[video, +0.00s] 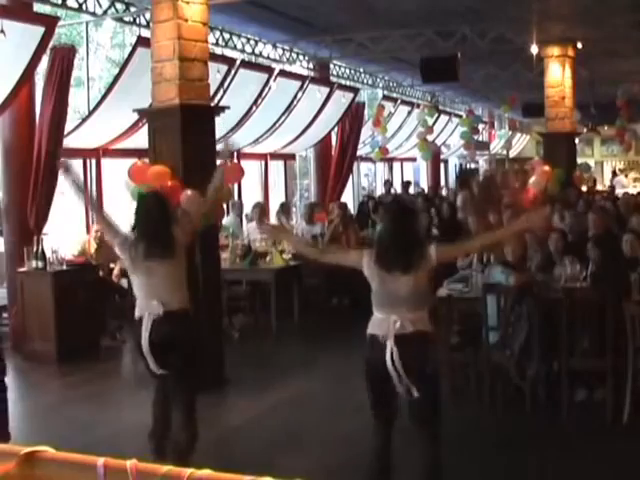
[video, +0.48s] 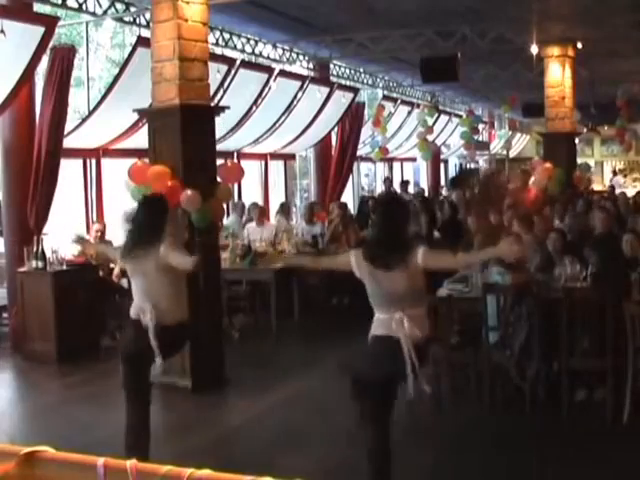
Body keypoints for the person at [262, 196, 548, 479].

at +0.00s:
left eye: (384, 222)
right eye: (414, 221)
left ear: (383, 229)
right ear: (416, 227)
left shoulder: (366, 260)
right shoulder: (428, 256)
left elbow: (317, 254)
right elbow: (475, 244)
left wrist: (283, 234)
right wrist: (523, 224)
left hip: (378, 337)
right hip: (418, 336)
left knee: (382, 414)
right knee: (427, 413)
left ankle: (381, 469)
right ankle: (432, 466)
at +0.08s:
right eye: (411, 226)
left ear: (380, 233)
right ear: (412, 231)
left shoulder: (365, 268)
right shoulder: (427, 265)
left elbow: (319, 270)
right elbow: (465, 265)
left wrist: (289, 259)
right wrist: (499, 253)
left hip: (375, 342)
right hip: (413, 342)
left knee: (377, 413)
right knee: (416, 409)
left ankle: (379, 465)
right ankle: (428, 458)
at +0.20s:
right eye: (407, 226)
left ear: (376, 231)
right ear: (406, 230)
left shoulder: (362, 267)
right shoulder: (423, 255)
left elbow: (316, 275)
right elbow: (465, 264)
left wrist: (282, 268)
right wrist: (508, 271)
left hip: (380, 341)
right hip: (417, 343)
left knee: (368, 404)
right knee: (392, 392)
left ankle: (375, 463)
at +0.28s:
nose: (410, 222)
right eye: (406, 218)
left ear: (373, 225)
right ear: (403, 224)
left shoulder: (361, 261)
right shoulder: (418, 249)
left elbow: (319, 270)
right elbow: (458, 256)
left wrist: (286, 264)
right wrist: (498, 261)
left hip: (383, 327)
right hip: (419, 326)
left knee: (378, 393)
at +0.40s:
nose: (406, 224)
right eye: (404, 219)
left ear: (373, 223)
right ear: (404, 224)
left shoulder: (360, 260)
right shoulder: (416, 254)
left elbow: (319, 264)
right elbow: (456, 258)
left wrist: (282, 261)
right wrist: (496, 251)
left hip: (383, 338)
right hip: (420, 337)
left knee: (379, 415)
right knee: (351, 364)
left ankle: (379, 472)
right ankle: (339, 419)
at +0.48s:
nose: (409, 222)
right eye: (407, 217)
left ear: (374, 222)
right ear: (405, 223)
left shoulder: (360, 259)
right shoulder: (417, 255)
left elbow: (318, 263)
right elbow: (461, 261)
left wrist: (288, 260)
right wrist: (498, 251)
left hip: (382, 334)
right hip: (418, 334)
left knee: (380, 413)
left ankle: (379, 470)